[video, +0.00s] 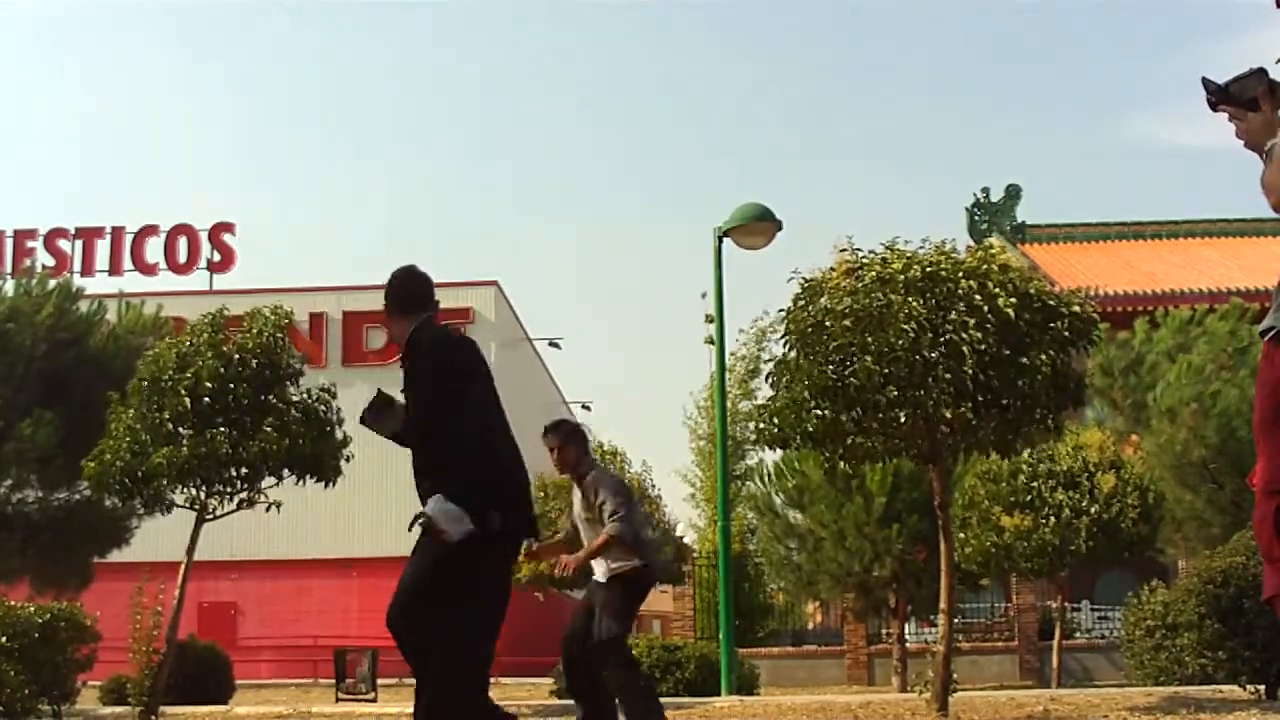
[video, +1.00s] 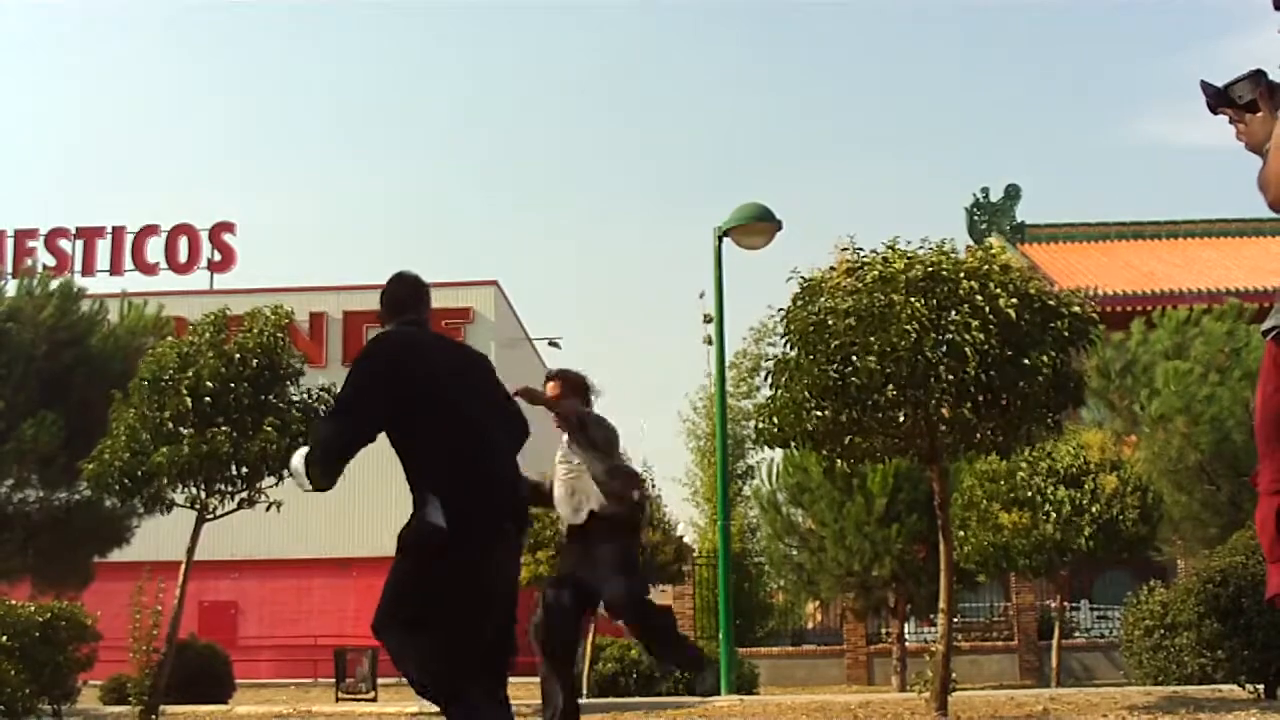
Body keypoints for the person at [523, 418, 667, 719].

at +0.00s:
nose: (554, 459)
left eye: (558, 450)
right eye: (550, 452)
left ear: (578, 446)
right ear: (553, 454)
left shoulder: (604, 483)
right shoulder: (579, 490)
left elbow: (618, 527)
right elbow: (573, 538)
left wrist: (581, 556)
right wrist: (543, 550)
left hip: (629, 574)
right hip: (605, 576)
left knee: (607, 645)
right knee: (575, 645)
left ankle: (649, 715)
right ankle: (599, 714)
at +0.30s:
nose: (579, 445)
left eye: (584, 436)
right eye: (575, 438)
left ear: (604, 434)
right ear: (575, 440)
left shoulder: (633, 475)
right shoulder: (584, 483)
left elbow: (653, 522)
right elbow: (577, 528)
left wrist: (635, 554)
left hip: (642, 575)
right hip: (606, 576)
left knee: (646, 640)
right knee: (585, 644)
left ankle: (675, 713)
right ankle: (600, 713)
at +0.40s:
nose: (592, 443)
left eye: (598, 435)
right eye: (588, 437)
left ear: (619, 436)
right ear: (586, 440)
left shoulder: (647, 480)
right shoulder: (590, 484)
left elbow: (674, 529)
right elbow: (578, 526)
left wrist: (677, 575)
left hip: (648, 585)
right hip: (608, 583)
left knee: (655, 660)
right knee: (587, 649)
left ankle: (676, 715)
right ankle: (599, 713)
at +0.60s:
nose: (618, 433)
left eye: (624, 425)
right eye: (613, 427)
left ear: (646, 426)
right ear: (610, 430)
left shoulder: (672, 473)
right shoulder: (598, 472)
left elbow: (701, 514)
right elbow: (574, 522)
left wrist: (721, 539)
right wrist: (563, 555)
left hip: (660, 583)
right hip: (610, 579)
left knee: (683, 636)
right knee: (578, 648)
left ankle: (684, 713)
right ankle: (608, 698)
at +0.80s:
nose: (598, 422)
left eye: (604, 414)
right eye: (592, 417)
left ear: (625, 413)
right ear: (590, 421)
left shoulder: (643, 452)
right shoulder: (598, 462)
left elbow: (617, 456)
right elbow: (599, 514)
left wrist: (576, 428)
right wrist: (578, 544)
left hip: (646, 572)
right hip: (603, 570)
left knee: (667, 667)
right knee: (557, 615)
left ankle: (680, 714)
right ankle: (570, 711)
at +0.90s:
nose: (565, 402)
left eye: (572, 396)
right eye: (564, 397)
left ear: (595, 401)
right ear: (581, 406)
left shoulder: (609, 430)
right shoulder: (588, 449)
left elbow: (565, 408)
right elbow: (599, 503)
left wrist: (520, 384)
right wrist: (577, 537)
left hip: (620, 550)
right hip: (594, 554)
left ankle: (692, 707)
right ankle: (561, 711)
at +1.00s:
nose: (551, 407)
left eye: (557, 399)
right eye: (549, 400)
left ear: (578, 398)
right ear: (552, 402)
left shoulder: (600, 430)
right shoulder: (565, 446)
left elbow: (577, 417)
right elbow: (559, 496)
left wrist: (540, 400)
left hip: (611, 534)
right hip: (577, 540)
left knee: (629, 607)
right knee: (555, 625)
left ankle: (699, 667)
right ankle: (560, 710)